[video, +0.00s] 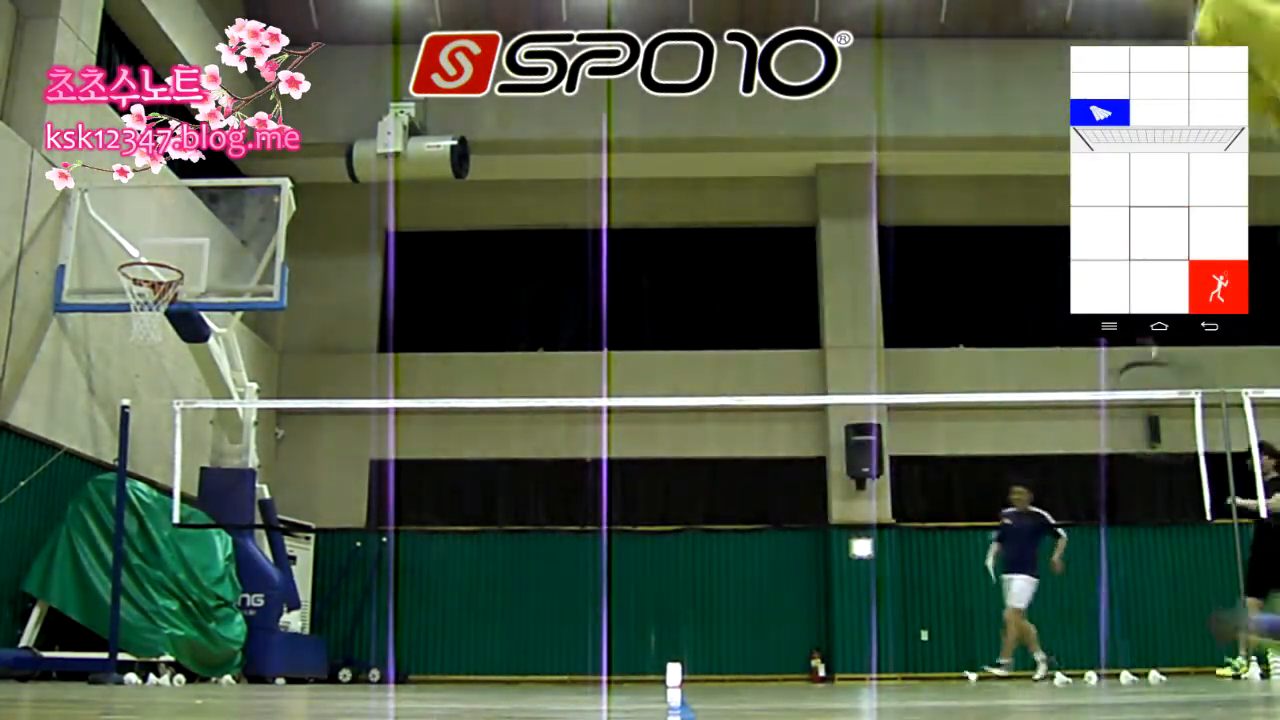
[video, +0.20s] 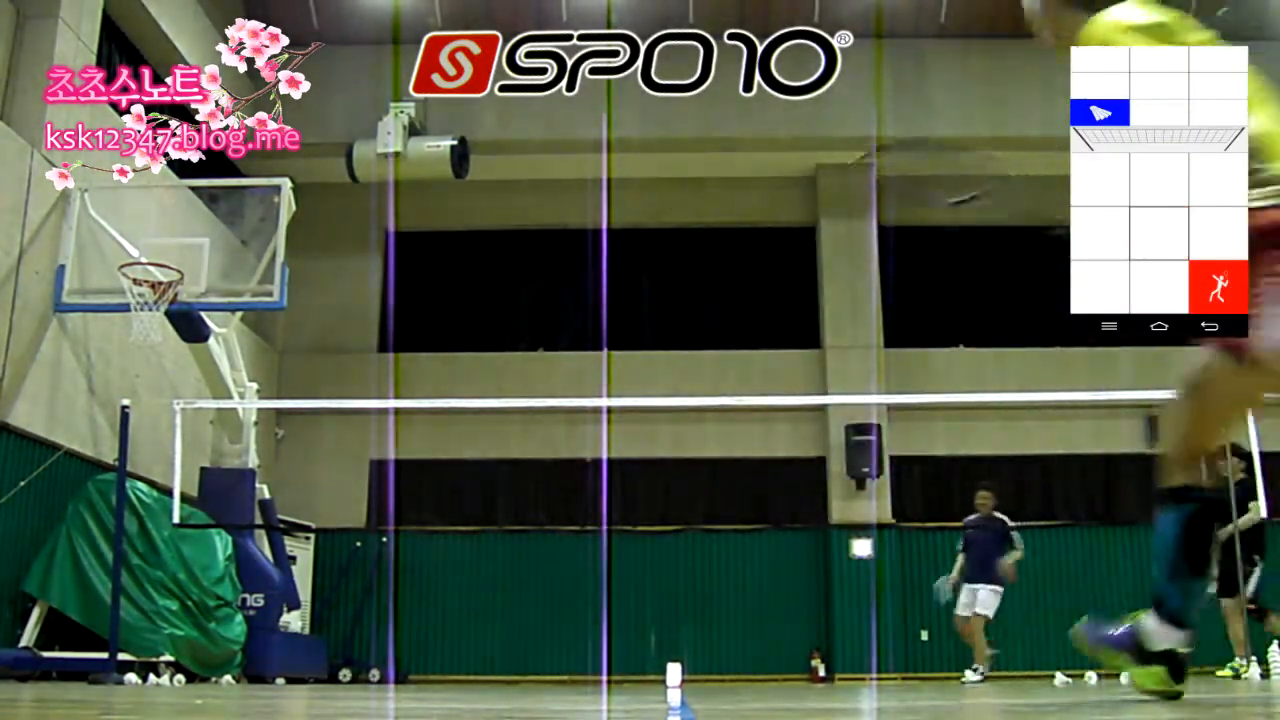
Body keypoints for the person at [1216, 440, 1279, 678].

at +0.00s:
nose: (1256, 465)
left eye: (1260, 460)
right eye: (1255, 460)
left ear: (1272, 461)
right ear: (1262, 462)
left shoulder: (1276, 483)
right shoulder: (1259, 484)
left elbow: (1275, 504)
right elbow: (1262, 508)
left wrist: (1244, 503)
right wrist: (1246, 505)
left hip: (1271, 549)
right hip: (1261, 549)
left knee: (1254, 602)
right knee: (1253, 602)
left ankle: (1246, 656)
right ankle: (1245, 656)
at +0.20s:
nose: (1221, 465)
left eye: (1225, 460)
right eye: (1220, 460)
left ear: (1237, 462)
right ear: (1233, 463)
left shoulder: (1247, 485)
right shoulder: (1228, 489)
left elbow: (1256, 513)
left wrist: (1228, 530)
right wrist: (1219, 536)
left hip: (1247, 551)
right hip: (1229, 551)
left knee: (1241, 600)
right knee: (1229, 602)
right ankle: (1241, 658)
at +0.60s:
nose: (1175, 485)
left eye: (1176, 480)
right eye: (1173, 482)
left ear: (1187, 473)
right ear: (1179, 478)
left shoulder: (1209, 492)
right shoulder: (1182, 501)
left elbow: (1229, 518)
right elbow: (1168, 531)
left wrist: (1221, 549)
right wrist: (1151, 561)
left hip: (1210, 564)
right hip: (1193, 566)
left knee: (1182, 606)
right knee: (1207, 618)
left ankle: (1166, 660)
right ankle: (1239, 659)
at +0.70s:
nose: (1160, 488)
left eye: (1163, 483)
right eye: (1159, 484)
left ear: (1178, 480)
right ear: (1164, 485)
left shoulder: (1197, 500)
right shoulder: (1169, 507)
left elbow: (1217, 527)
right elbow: (1157, 537)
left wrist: (1205, 558)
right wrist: (1141, 563)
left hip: (1197, 571)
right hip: (1181, 573)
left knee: (1171, 610)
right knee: (1191, 626)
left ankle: (1158, 666)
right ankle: (1234, 657)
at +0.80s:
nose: (1151, 496)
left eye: (1153, 491)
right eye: (1149, 493)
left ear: (1166, 487)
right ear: (1150, 492)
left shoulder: (1185, 504)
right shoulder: (1158, 511)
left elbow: (1202, 534)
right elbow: (1149, 543)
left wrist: (1186, 562)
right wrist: (1136, 569)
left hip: (1197, 567)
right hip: (1176, 568)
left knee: (1172, 611)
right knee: (1168, 617)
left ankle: (1159, 666)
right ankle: (1211, 647)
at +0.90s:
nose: (1147, 497)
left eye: (1149, 492)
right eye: (1144, 493)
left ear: (1162, 488)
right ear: (1143, 492)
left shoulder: (1183, 505)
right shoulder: (1153, 512)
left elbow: (1194, 535)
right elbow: (1145, 545)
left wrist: (1170, 558)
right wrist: (1136, 572)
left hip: (1196, 565)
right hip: (1175, 566)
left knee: (1173, 610)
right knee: (1158, 614)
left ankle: (1159, 665)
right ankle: (1196, 652)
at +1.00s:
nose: (1148, 492)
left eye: (1150, 487)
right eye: (1145, 488)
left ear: (1163, 483)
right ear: (1147, 487)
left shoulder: (1185, 501)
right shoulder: (1155, 508)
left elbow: (1195, 533)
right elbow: (1146, 541)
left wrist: (1166, 551)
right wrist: (1139, 571)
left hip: (1193, 561)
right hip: (1172, 561)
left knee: (1173, 610)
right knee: (1158, 613)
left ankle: (1160, 664)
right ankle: (1197, 654)